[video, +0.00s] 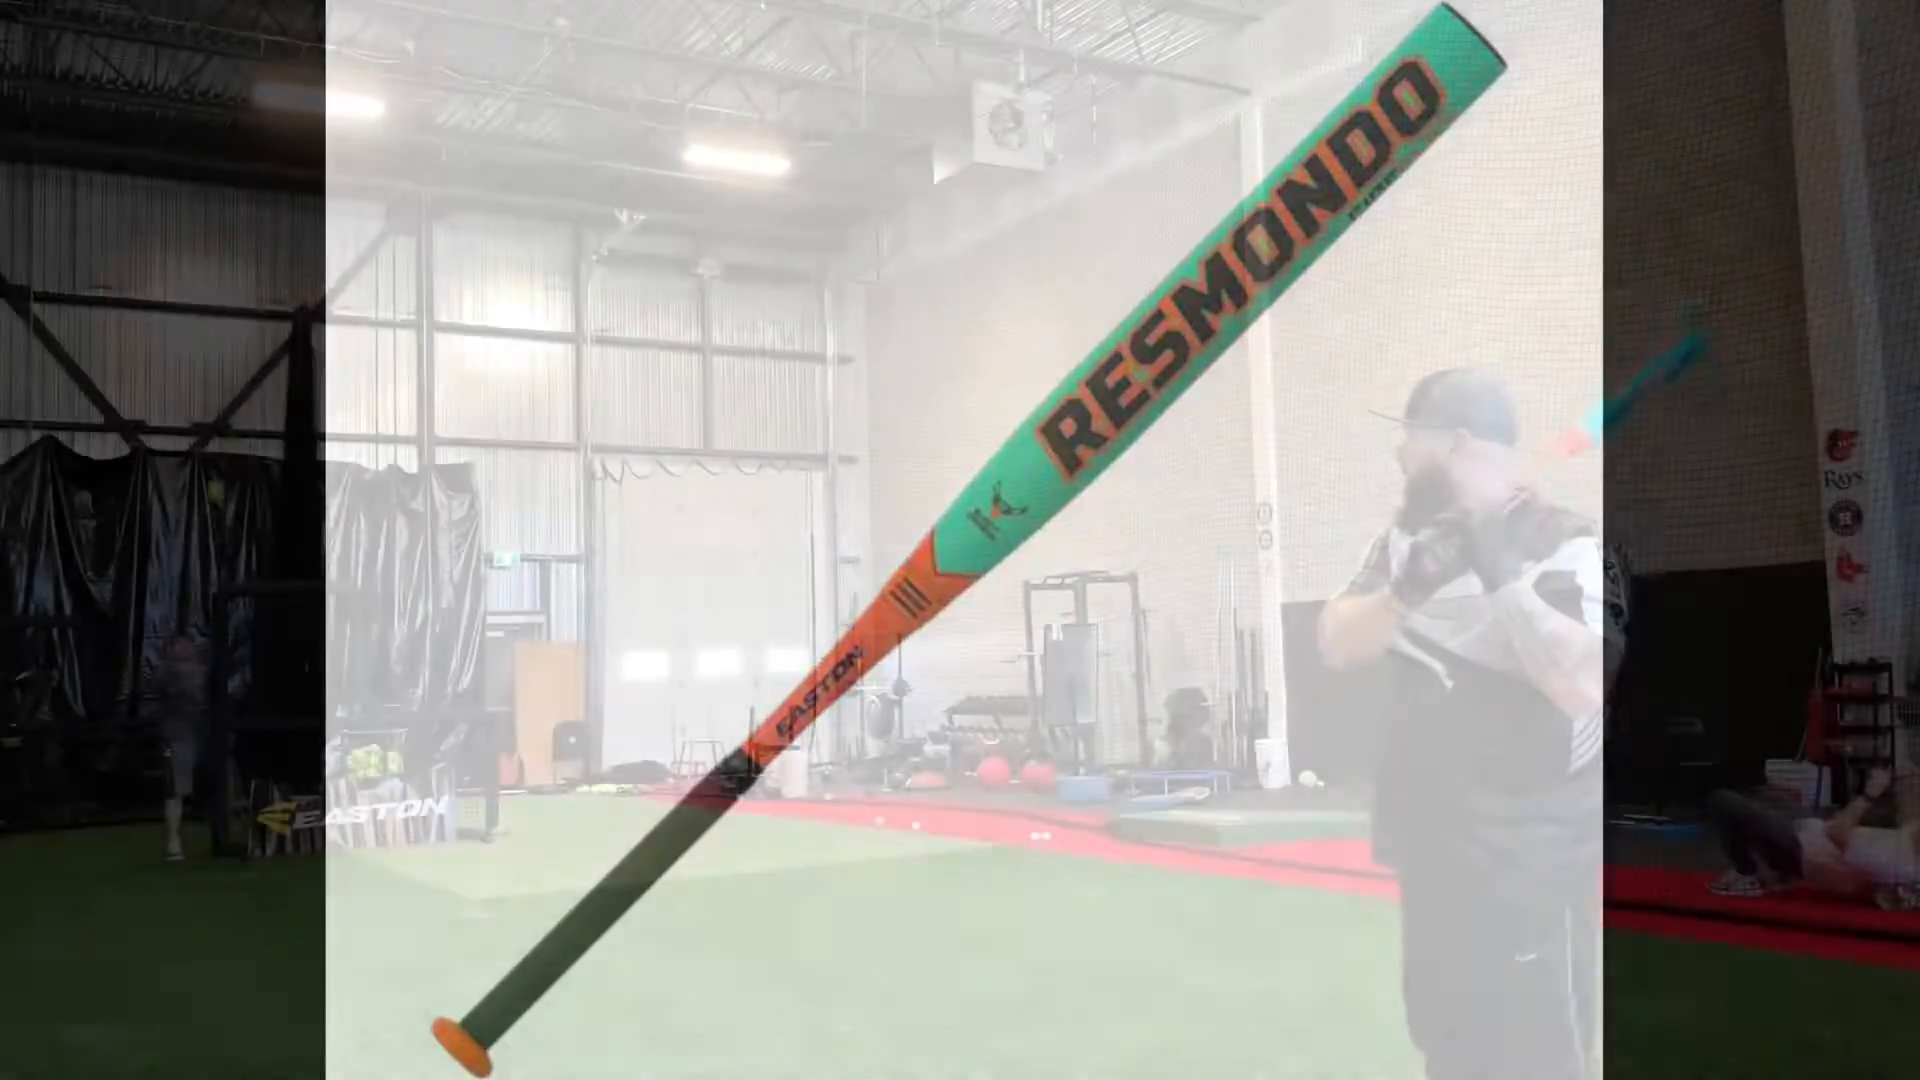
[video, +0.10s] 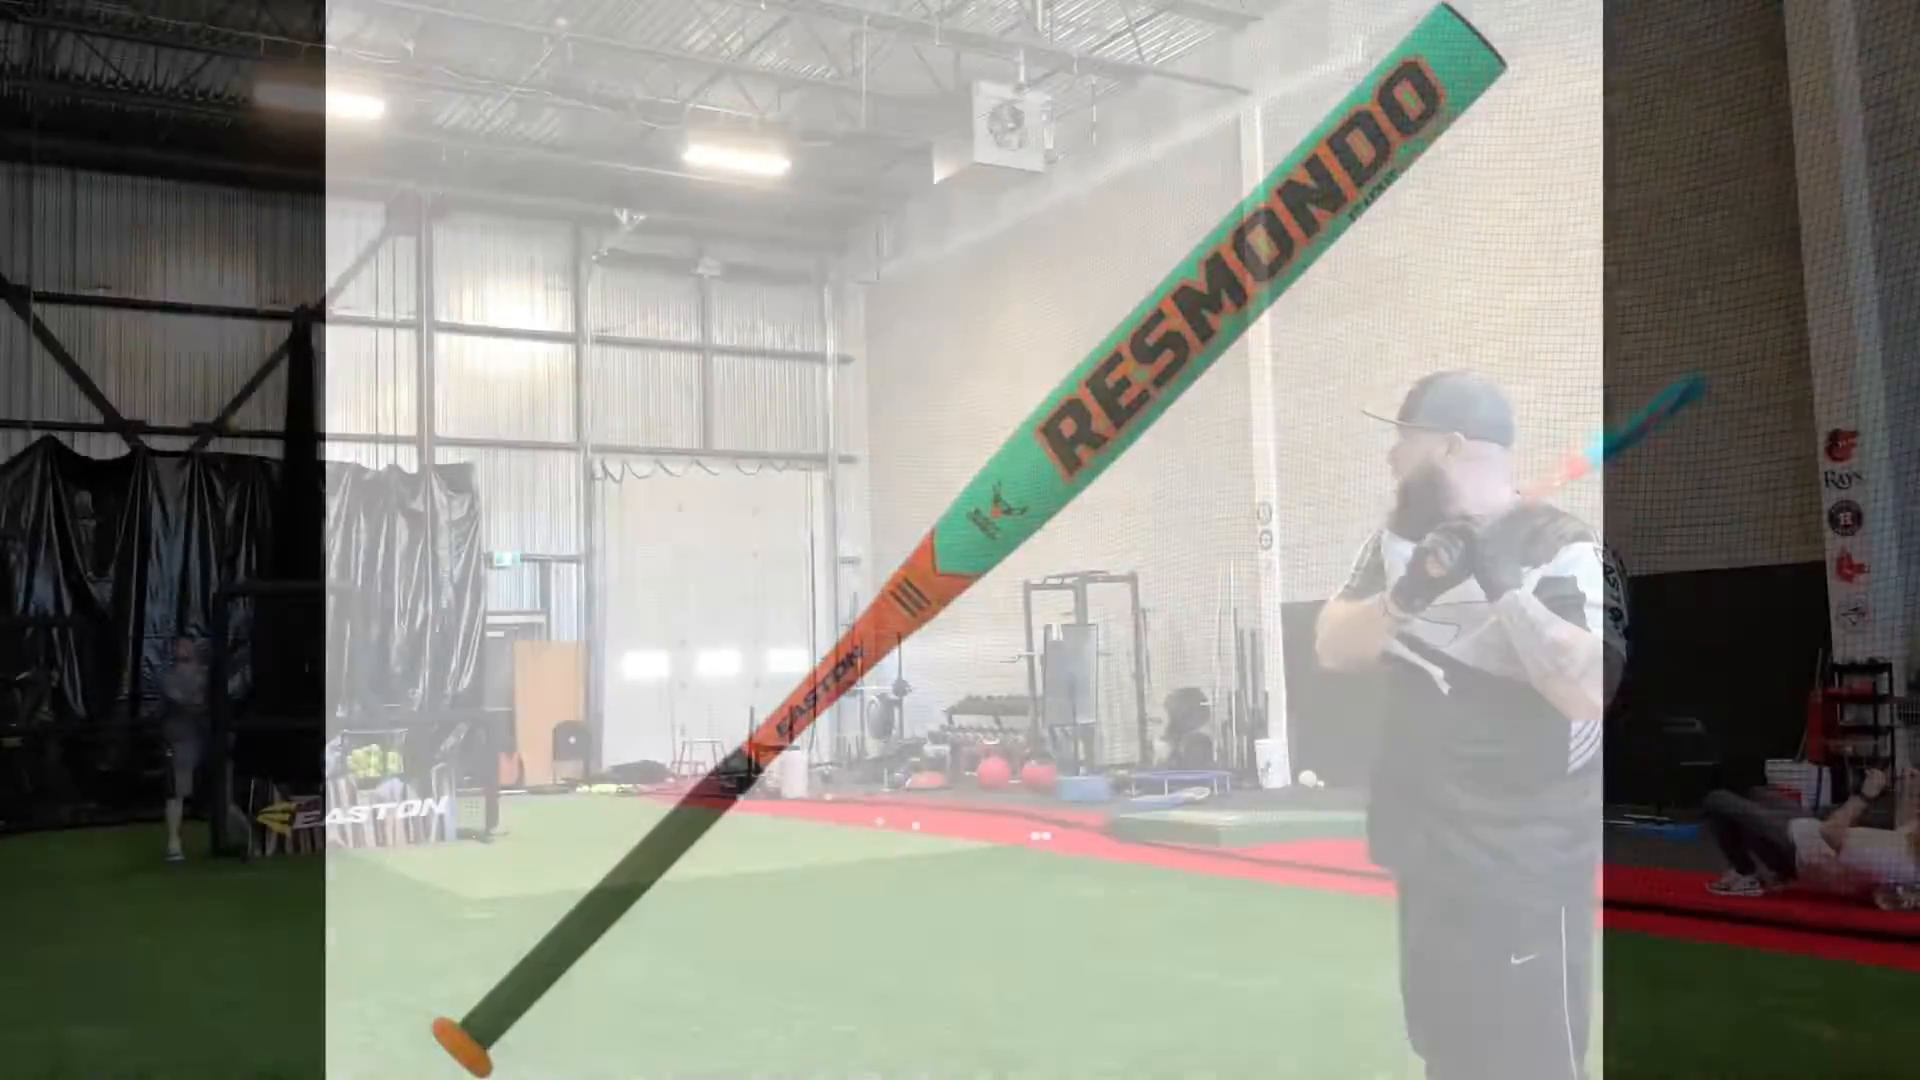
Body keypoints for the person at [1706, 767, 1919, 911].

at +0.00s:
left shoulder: (1904, 861)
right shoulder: (1908, 838)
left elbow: (1835, 833)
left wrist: (1868, 796)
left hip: (1803, 852)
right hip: (1815, 830)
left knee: (1723, 802)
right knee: (1759, 800)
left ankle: (1744, 874)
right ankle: (1776, 873)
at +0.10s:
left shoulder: (1897, 866)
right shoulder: (1908, 840)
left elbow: (1830, 832)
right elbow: (1905, 827)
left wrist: (1863, 796)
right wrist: (1910, 796)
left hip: (1795, 850)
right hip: (1809, 826)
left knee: (1717, 803)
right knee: (1757, 796)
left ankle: (1744, 875)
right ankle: (1774, 873)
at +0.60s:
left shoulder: (1904, 863)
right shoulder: (1911, 841)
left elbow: (1838, 831)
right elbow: (1909, 826)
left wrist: (1868, 794)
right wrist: (1910, 790)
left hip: (1806, 851)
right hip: (1822, 827)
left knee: (1725, 800)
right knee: (1765, 793)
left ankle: (1745, 875)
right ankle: (1777, 870)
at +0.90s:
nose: (1916, 793)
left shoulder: (1909, 859)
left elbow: (1854, 824)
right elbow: (1909, 821)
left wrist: (1885, 784)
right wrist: (1912, 779)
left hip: (1827, 860)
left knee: (1744, 800)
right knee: (1788, 796)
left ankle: (1745, 876)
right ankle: (1775, 872)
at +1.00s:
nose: (1914, 798)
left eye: (1915, 793)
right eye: (1915, 791)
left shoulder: (1909, 857)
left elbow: (1860, 822)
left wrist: (1887, 784)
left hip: (1836, 866)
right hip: (1853, 846)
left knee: (1751, 802)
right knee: (1795, 798)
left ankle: (1746, 876)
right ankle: (1776, 872)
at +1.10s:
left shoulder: (1910, 854)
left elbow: (1866, 822)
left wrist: (1896, 782)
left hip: (1840, 867)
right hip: (1855, 844)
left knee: (1755, 803)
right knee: (1797, 797)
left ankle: (1746, 877)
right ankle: (1776, 870)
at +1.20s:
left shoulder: (1912, 852)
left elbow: (1876, 820)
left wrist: (1903, 783)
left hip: (1846, 870)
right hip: (1863, 845)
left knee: (1767, 807)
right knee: (1807, 800)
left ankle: (1746, 877)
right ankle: (1778, 869)